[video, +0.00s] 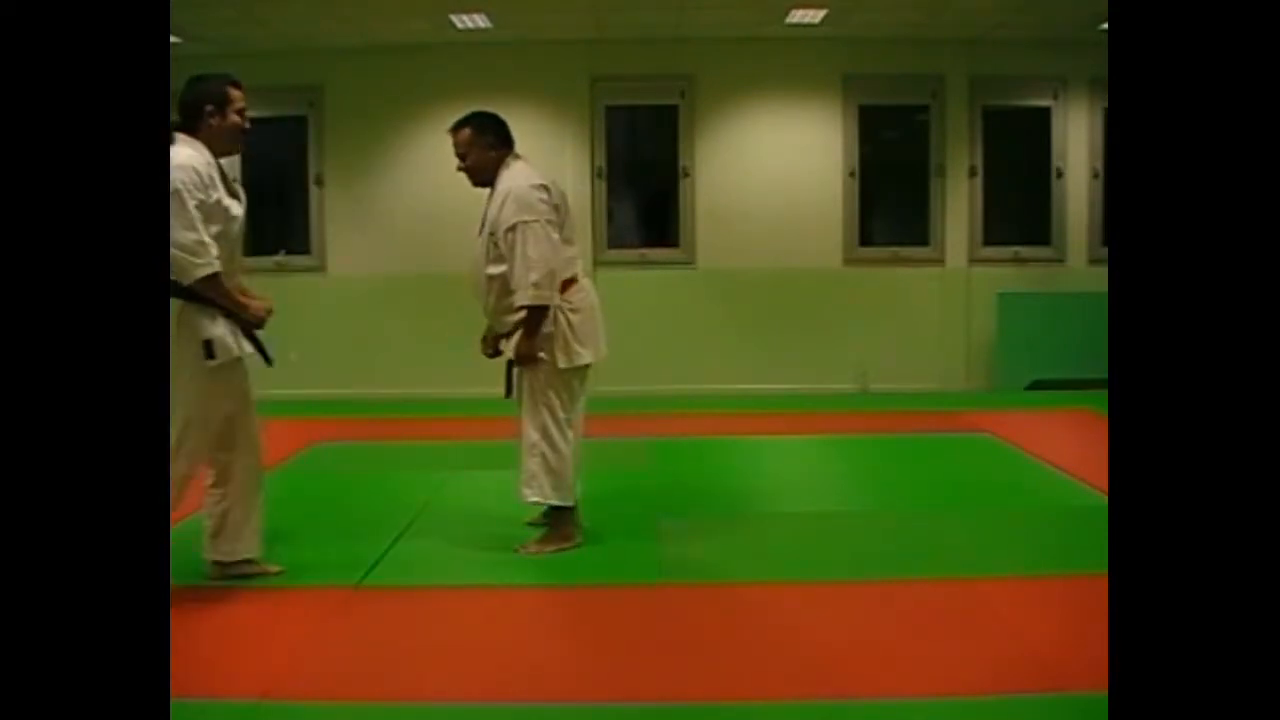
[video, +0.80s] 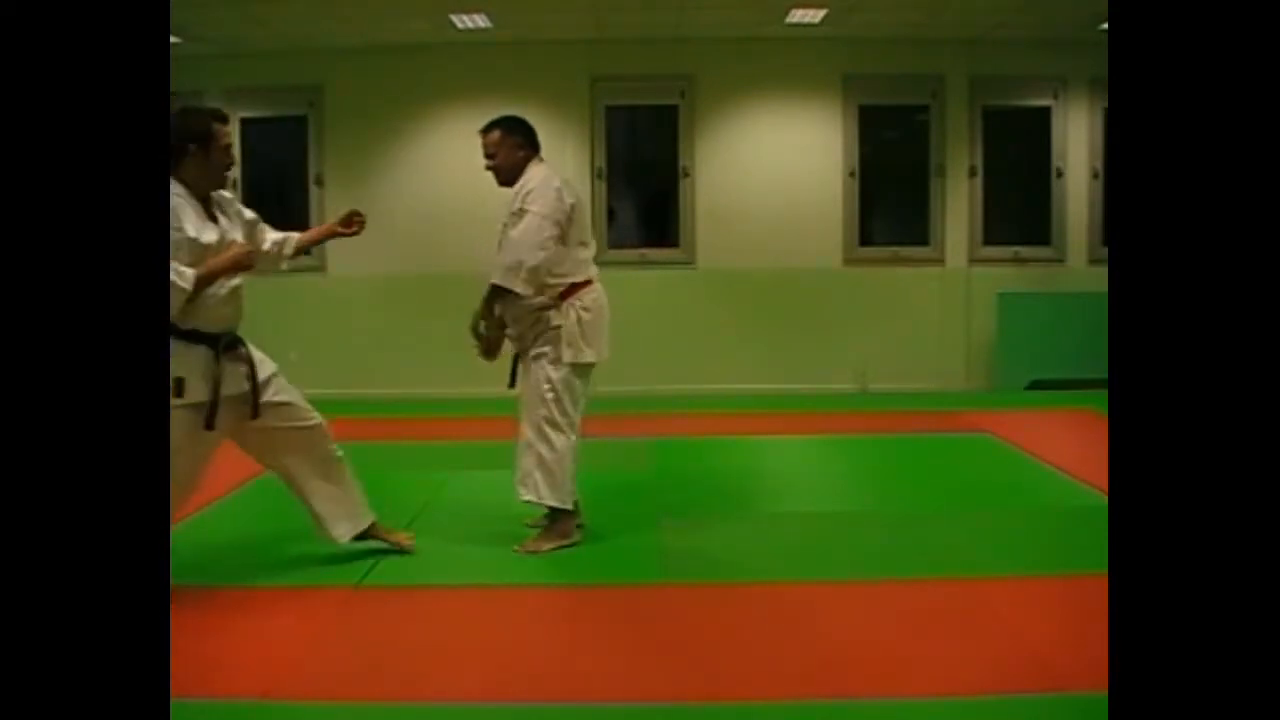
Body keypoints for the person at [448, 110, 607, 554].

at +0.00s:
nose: (460, 166)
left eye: (465, 155)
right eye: (459, 156)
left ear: (493, 149)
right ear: (492, 151)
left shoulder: (521, 193)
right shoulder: (508, 190)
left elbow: (540, 273)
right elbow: (513, 271)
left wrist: (528, 335)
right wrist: (497, 324)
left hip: (554, 326)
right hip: (542, 324)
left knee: (549, 422)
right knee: (547, 420)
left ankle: (563, 520)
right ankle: (559, 511)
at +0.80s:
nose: (488, 164)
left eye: (494, 153)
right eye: (486, 155)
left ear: (521, 150)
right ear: (518, 153)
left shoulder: (544, 190)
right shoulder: (528, 192)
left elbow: (516, 261)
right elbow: (511, 263)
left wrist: (487, 314)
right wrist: (493, 316)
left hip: (566, 316)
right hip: (549, 317)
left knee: (550, 416)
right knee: (546, 415)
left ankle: (562, 518)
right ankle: (559, 509)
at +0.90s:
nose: (493, 166)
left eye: (498, 156)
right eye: (491, 158)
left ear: (528, 153)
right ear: (522, 156)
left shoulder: (550, 193)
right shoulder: (530, 197)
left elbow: (518, 250)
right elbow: (521, 272)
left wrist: (472, 273)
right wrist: (490, 323)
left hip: (572, 319)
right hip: (550, 321)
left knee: (552, 419)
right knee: (545, 416)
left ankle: (560, 521)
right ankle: (567, 506)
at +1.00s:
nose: (500, 168)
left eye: (507, 159)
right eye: (498, 160)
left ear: (535, 154)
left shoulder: (557, 187)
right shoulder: (526, 202)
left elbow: (504, 225)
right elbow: (498, 273)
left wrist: (459, 221)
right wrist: (448, 297)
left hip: (581, 320)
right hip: (552, 325)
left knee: (562, 418)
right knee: (546, 419)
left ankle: (565, 519)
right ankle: (563, 511)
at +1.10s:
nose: (507, 169)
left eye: (514, 159)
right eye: (504, 161)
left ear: (541, 156)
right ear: (516, 160)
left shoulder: (566, 188)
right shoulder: (527, 199)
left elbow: (507, 208)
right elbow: (492, 256)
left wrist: (456, 186)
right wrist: (427, 267)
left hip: (584, 322)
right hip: (548, 328)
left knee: (566, 415)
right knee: (546, 418)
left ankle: (569, 516)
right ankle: (559, 508)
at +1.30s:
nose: (526, 173)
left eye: (532, 163)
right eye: (520, 167)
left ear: (557, 159)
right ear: (517, 169)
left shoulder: (590, 188)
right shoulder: (519, 206)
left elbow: (554, 199)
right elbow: (493, 245)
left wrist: (502, 176)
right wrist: (449, 239)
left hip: (585, 324)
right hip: (538, 329)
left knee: (572, 411)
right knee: (541, 419)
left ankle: (592, 511)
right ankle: (568, 505)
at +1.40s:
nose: (529, 179)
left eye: (535, 169)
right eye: (524, 171)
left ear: (560, 161)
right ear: (520, 171)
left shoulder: (597, 190)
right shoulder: (519, 212)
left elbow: (581, 215)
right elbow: (489, 271)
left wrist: (523, 199)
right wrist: (491, 252)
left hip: (585, 330)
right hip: (538, 333)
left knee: (579, 425)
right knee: (540, 426)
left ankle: (593, 514)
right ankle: (567, 504)